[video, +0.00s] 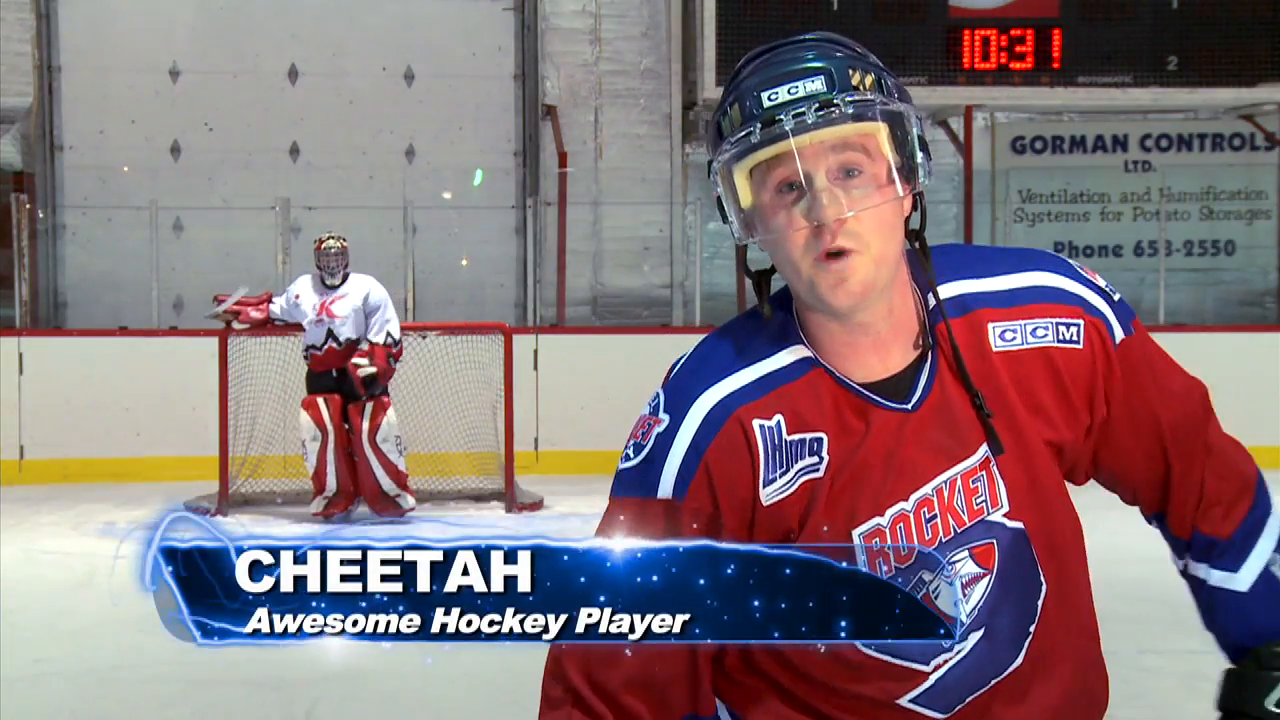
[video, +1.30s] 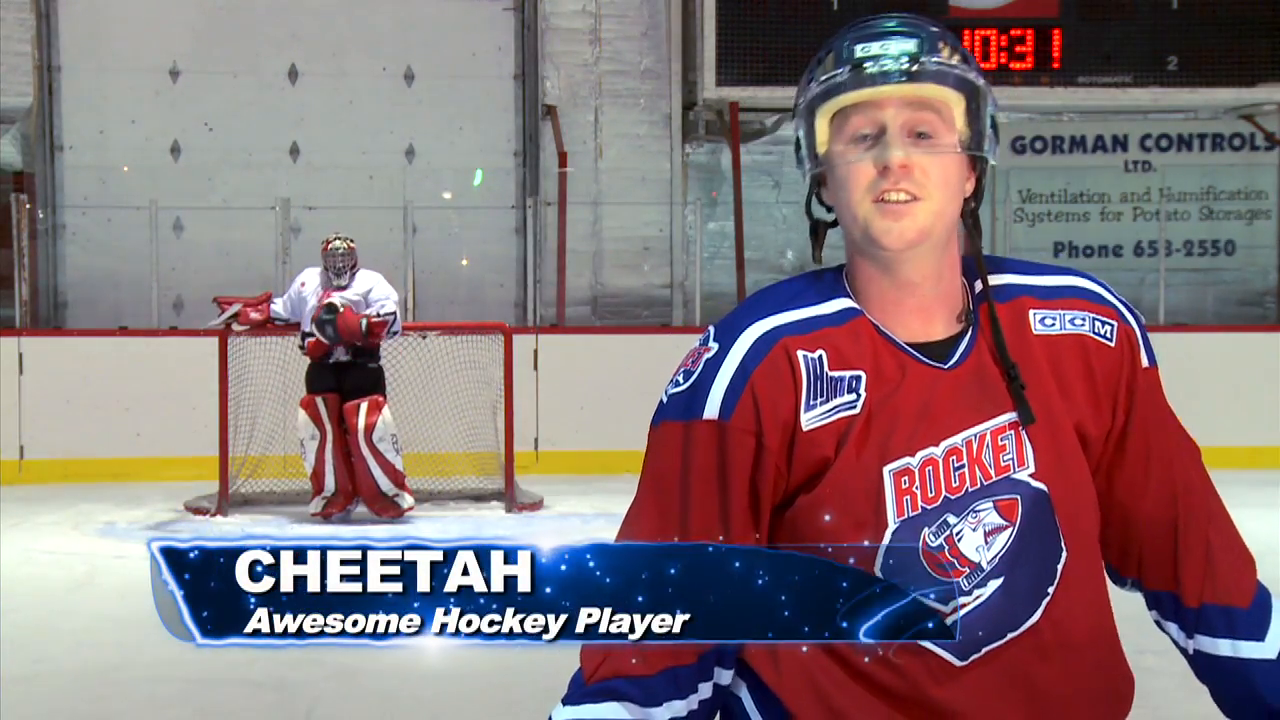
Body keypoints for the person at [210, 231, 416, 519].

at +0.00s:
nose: (333, 263)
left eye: (338, 257)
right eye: (327, 258)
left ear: (346, 259)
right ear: (317, 260)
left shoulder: (367, 288)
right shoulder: (303, 289)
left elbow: (386, 329)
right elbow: (276, 309)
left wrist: (379, 363)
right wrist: (240, 309)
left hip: (359, 371)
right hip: (320, 375)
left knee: (371, 434)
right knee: (325, 436)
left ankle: (390, 499)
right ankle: (334, 500)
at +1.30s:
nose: (339, 264)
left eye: (344, 258)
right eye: (333, 259)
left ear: (354, 259)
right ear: (324, 260)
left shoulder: (371, 281)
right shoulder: (308, 280)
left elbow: (390, 316)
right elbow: (285, 309)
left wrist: (362, 327)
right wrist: (252, 311)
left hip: (362, 369)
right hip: (322, 370)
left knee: (368, 430)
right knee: (324, 432)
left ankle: (390, 497)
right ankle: (332, 498)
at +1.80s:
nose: (339, 262)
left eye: (345, 257)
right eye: (333, 257)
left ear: (354, 259)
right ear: (325, 258)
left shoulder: (370, 286)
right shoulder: (308, 285)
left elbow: (396, 317)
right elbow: (282, 310)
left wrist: (365, 326)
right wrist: (250, 313)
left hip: (361, 372)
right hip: (321, 374)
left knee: (365, 435)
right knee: (324, 436)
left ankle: (390, 499)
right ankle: (333, 499)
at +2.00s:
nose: (340, 263)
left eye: (346, 257)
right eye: (334, 257)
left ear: (355, 259)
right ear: (325, 259)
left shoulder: (372, 289)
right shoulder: (308, 286)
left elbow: (399, 325)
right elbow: (281, 310)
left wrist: (378, 356)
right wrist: (247, 314)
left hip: (359, 372)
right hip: (320, 374)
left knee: (365, 434)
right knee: (325, 435)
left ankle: (389, 497)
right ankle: (334, 497)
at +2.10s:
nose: (340, 263)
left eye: (346, 257)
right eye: (335, 257)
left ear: (355, 259)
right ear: (326, 259)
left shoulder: (372, 290)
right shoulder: (308, 286)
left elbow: (393, 332)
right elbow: (281, 310)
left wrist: (379, 368)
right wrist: (246, 313)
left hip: (358, 372)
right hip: (320, 374)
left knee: (364, 432)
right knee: (326, 434)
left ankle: (389, 497)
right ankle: (335, 496)